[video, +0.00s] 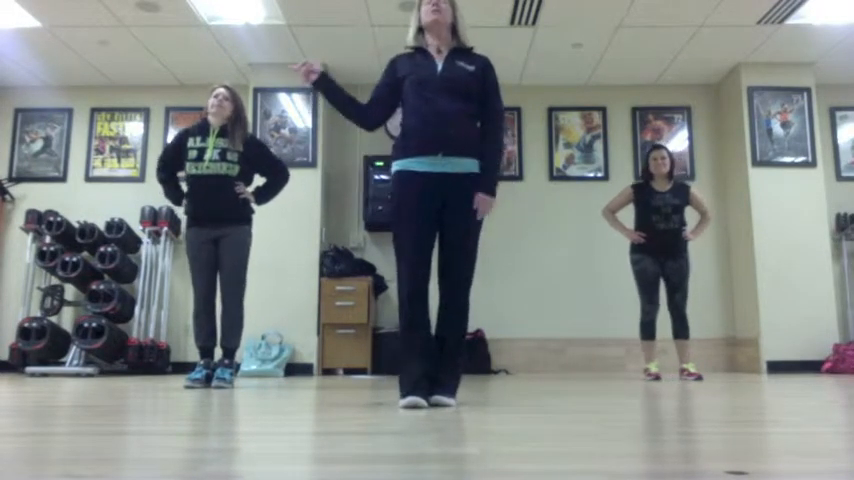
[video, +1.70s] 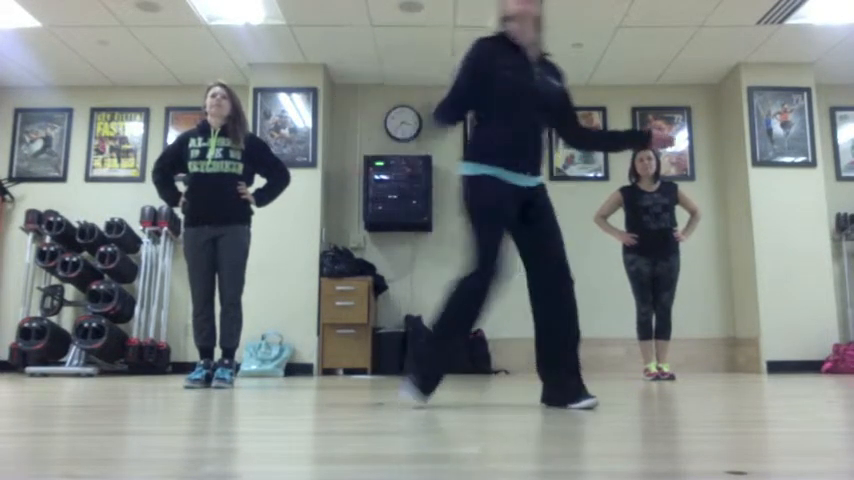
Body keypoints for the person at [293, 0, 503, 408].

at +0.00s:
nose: (433, 6)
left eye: (441, 3)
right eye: (427, 3)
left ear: (453, 15)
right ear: (419, 16)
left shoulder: (478, 64)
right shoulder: (404, 63)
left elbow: (494, 127)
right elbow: (370, 117)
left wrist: (487, 185)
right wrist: (322, 81)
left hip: (464, 182)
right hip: (413, 180)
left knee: (455, 288)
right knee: (413, 286)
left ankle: (444, 386)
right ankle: (414, 387)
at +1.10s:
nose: (433, 3)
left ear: (452, 7)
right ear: (416, 9)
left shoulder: (475, 61)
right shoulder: (398, 57)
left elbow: (491, 124)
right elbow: (371, 118)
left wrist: (491, 178)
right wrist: (346, 91)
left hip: (462, 182)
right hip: (408, 180)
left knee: (485, 278)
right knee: (409, 284)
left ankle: (500, 382)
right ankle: (413, 387)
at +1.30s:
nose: (450, 2)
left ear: (468, 8)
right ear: (432, 9)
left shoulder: (489, 65)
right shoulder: (414, 56)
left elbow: (506, 129)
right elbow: (394, 123)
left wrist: (541, 165)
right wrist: (364, 132)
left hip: (474, 181)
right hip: (421, 178)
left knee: (514, 268)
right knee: (415, 282)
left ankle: (517, 380)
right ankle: (413, 387)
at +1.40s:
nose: (474, 14)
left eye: (480, 9)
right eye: (466, 9)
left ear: (488, 13)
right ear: (454, 13)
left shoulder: (505, 64)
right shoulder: (434, 50)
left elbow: (535, 124)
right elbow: (405, 106)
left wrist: (588, 145)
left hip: (489, 182)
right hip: (437, 179)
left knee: (523, 277)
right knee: (426, 285)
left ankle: (554, 380)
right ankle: (414, 388)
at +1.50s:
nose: (489, 18)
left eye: (494, 12)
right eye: (480, 12)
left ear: (501, 15)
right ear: (466, 15)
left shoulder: (514, 65)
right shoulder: (448, 48)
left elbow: (552, 127)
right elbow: (426, 102)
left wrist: (616, 138)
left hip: (498, 184)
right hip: (449, 180)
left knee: (527, 282)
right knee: (432, 284)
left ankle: (560, 385)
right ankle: (414, 389)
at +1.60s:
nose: (519, 8)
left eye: (522, 4)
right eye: (512, 3)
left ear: (527, 14)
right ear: (495, 12)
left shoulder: (536, 71)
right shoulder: (478, 53)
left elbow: (571, 132)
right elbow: (451, 113)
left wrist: (637, 136)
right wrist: (438, 155)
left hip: (523, 188)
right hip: (478, 183)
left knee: (550, 281)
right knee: (460, 281)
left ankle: (562, 388)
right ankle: (417, 385)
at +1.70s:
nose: (515, 21)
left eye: (523, 14)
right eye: (510, 15)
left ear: (537, 18)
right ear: (503, 18)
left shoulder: (549, 71)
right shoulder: (488, 52)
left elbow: (575, 135)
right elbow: (447, 113)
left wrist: (639, 137)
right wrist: (462, 98)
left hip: (529, 186)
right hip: (486, 180)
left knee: (553, 280)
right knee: (485, 270)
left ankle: (562, 388)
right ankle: (425, 369)